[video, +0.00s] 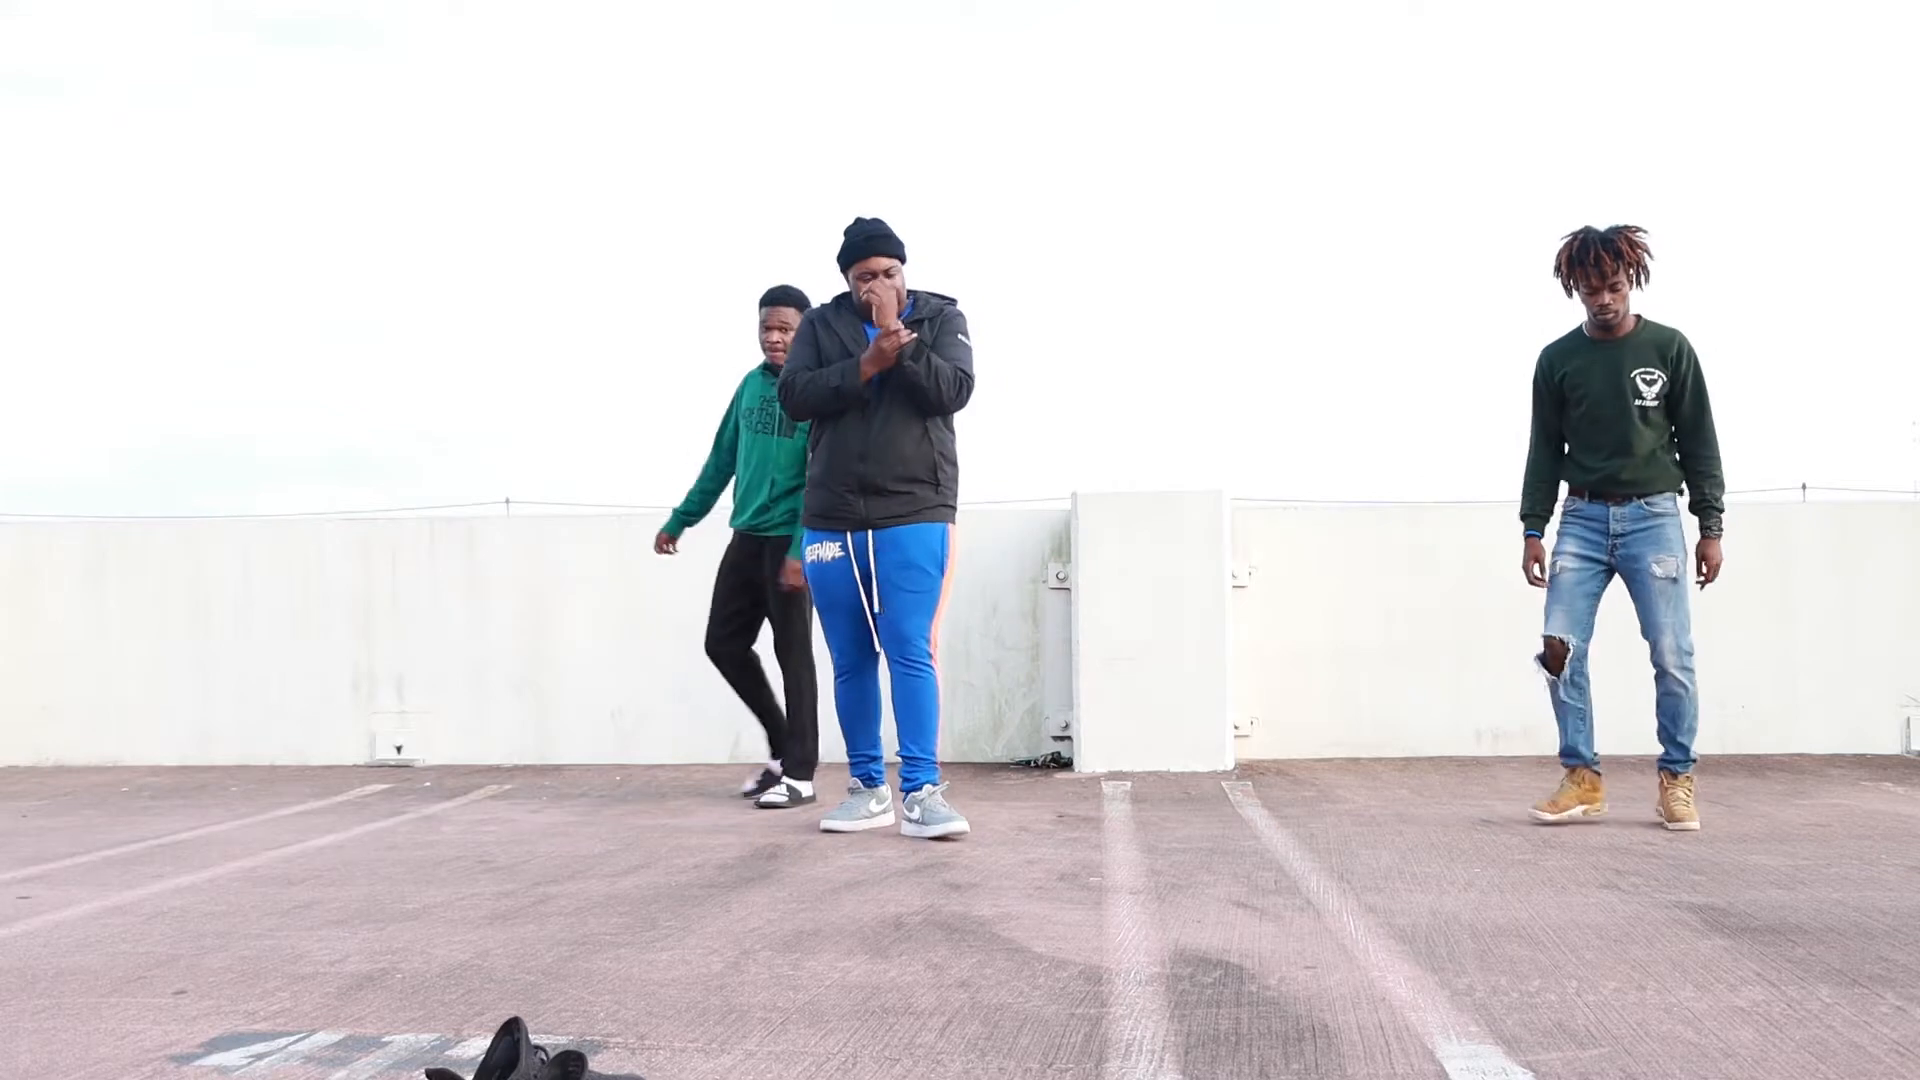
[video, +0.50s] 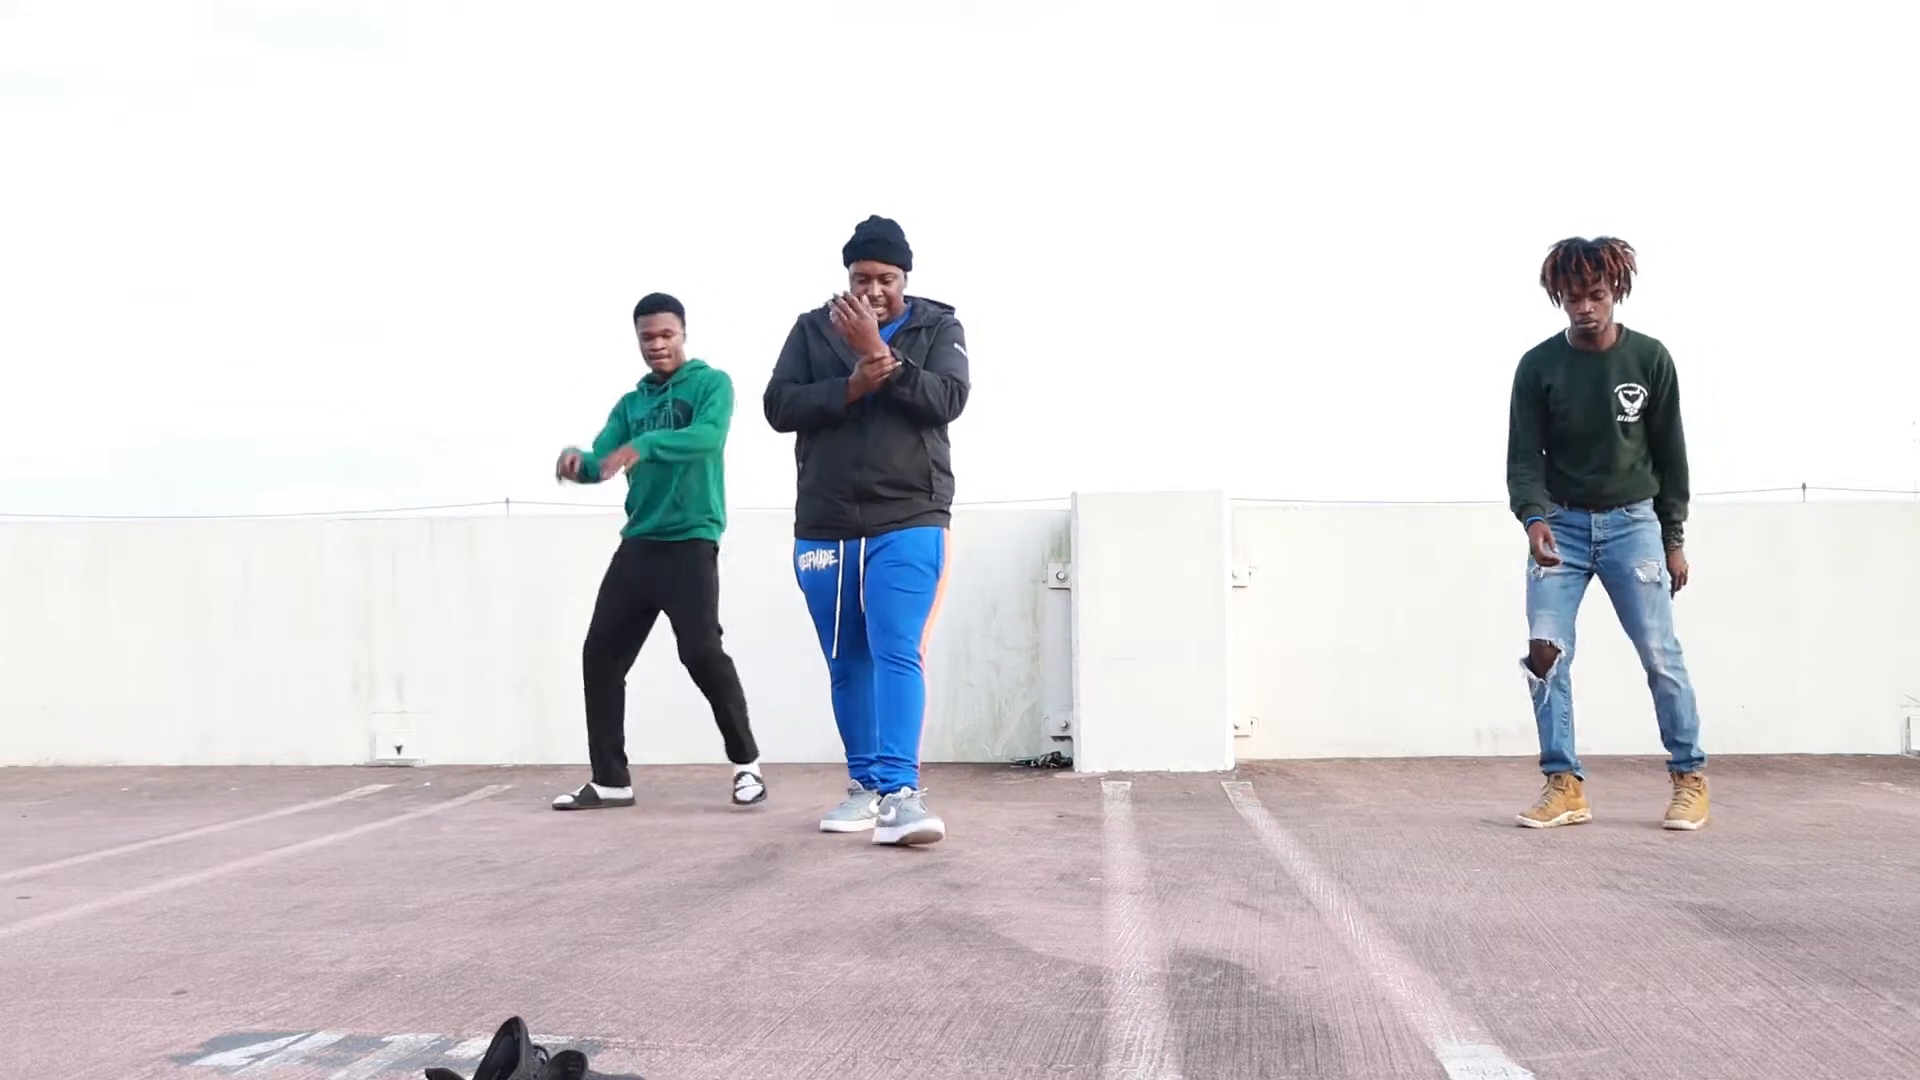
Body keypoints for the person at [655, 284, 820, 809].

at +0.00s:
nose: (774, 338)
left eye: (785, 330)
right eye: (767, 329)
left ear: (806, 334)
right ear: (759, 332)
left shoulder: (819, 388)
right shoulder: (750, 387)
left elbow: (822, 475)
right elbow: (721, 463)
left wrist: (801, 550)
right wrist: (678, 521)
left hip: (794, 540)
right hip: (748, 537)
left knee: (794, 654)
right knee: (725, 644)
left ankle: (800, 774)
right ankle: (787, 751)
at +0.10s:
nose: (757, 337)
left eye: (768, 328)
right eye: (750, 328)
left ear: (789, 333)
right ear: (742, 332)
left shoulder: (801, 384)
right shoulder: (734, 386)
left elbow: (793, 460)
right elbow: (705, 459)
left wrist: (750, 519)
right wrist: (653, 508)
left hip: (776, 538)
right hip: (728, 537)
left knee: (782, 653)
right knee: (697, 643)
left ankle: (798, 776)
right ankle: (712, 771)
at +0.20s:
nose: (734, 336)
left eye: (745, 328)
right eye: (727, 327)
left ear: (765, 333)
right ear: (718, 332)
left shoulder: (778, 377)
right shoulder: (713, 388)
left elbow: (757, 449)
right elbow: (686, 462)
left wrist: (709, 501)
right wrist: (633, 513)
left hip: (755, 539)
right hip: (707, 538)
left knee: (770, 655)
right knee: (673, 649)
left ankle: (797, 776)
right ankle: (640, 773)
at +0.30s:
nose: (708, 340)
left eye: (718, 332)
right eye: (700, 332)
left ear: (736, 338)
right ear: (689, 337)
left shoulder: (752, 382)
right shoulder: (687, 396)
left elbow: (730, 445)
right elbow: (659, 470)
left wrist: (673, 492)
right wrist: (614, 523)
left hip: (727, 548)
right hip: (675, 548)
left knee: (751, 658)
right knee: (641, 655)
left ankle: (794, 776)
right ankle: (615, 778)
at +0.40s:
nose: (678, 347)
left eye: (688, 338)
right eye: (669, 339)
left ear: (707, 341)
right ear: (661, 343)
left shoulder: (726, 387)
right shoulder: (657, 405)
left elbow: (711, 444)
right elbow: (629, 474)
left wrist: (651, 482)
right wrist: (582, 512)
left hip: (699, 549)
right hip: (651, 549)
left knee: (714, 658)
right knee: (609, 655)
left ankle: (783, 766)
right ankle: (610, 780)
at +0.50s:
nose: (658, 345)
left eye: (666, 336)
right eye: (648, 338)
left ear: (685, 336)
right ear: (639, 343)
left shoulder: (710, 382)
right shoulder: (631, 405)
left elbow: (709, 437)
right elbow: (603, 465)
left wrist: (642, 447)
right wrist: (577, 463)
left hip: (691, 545)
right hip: (637, 548)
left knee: (700, 652)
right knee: (601, 656)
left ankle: (747, 766)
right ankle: (611, 781)